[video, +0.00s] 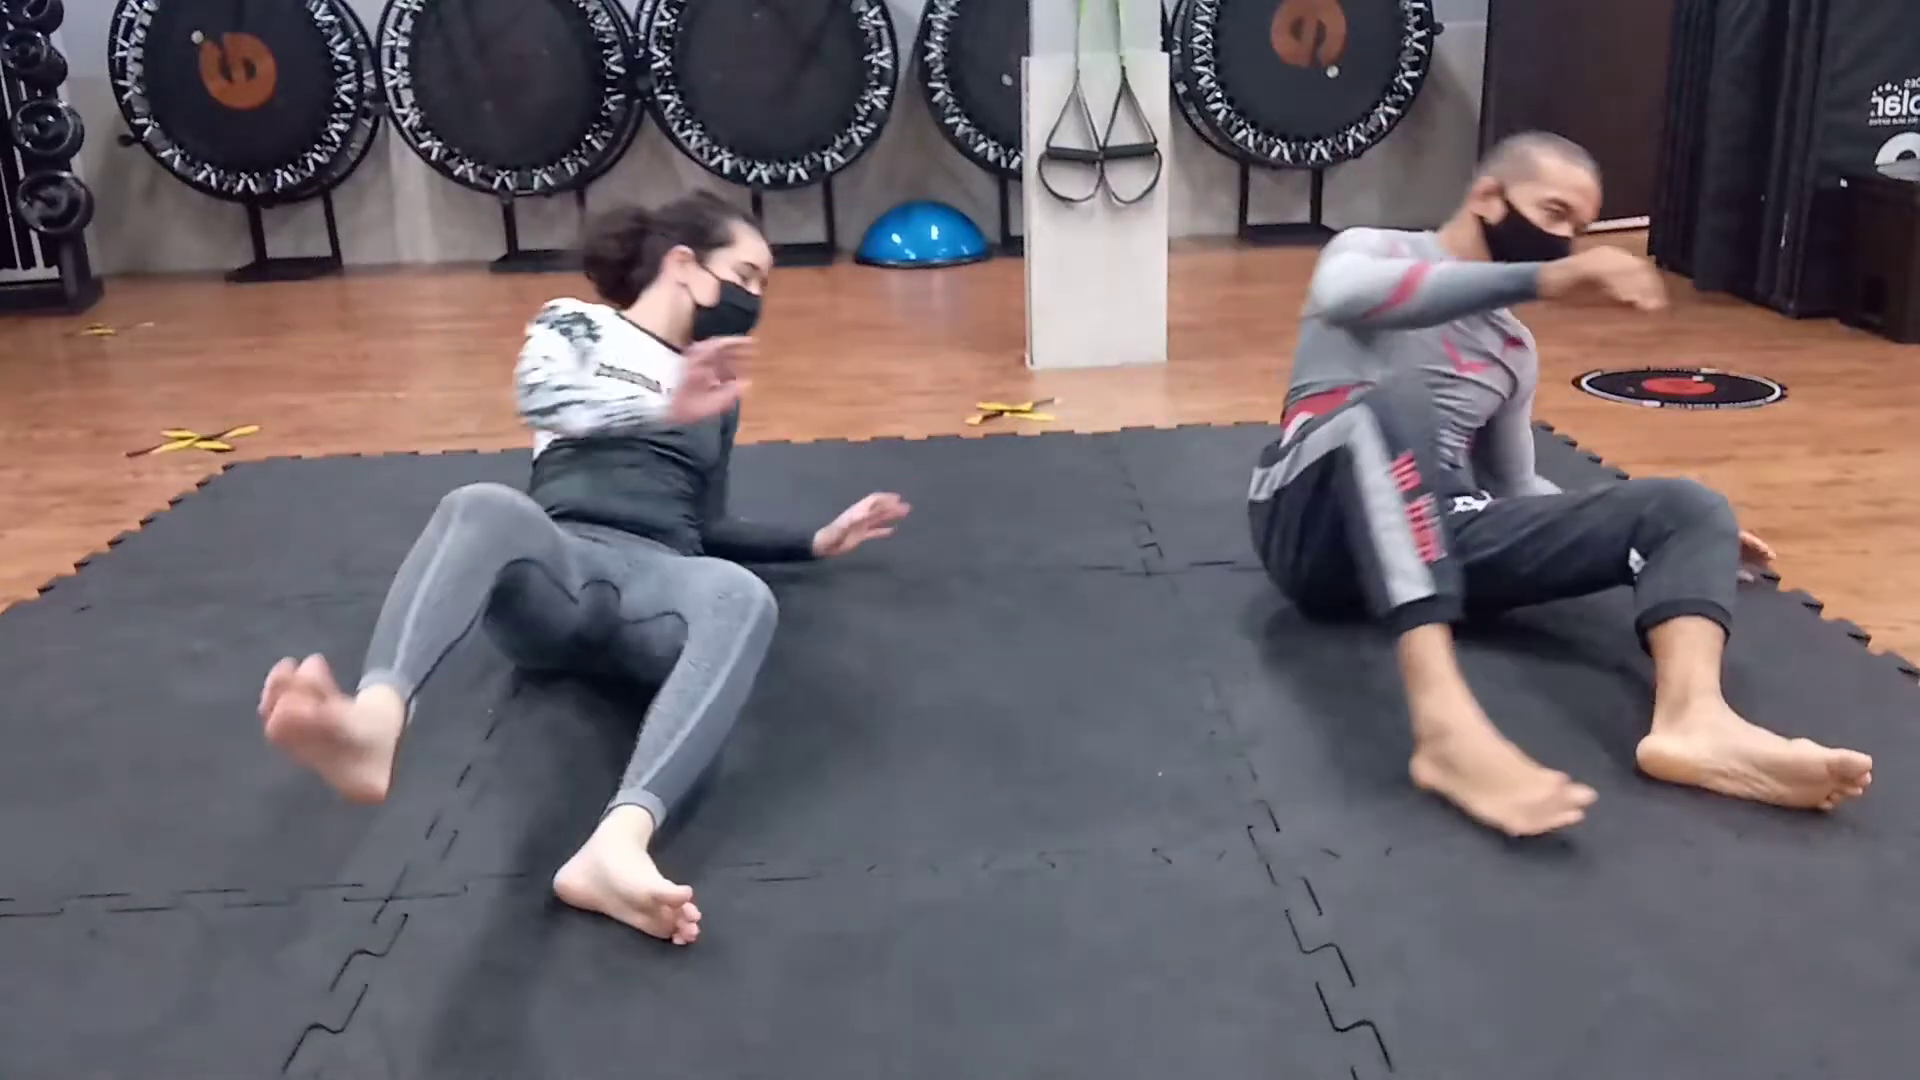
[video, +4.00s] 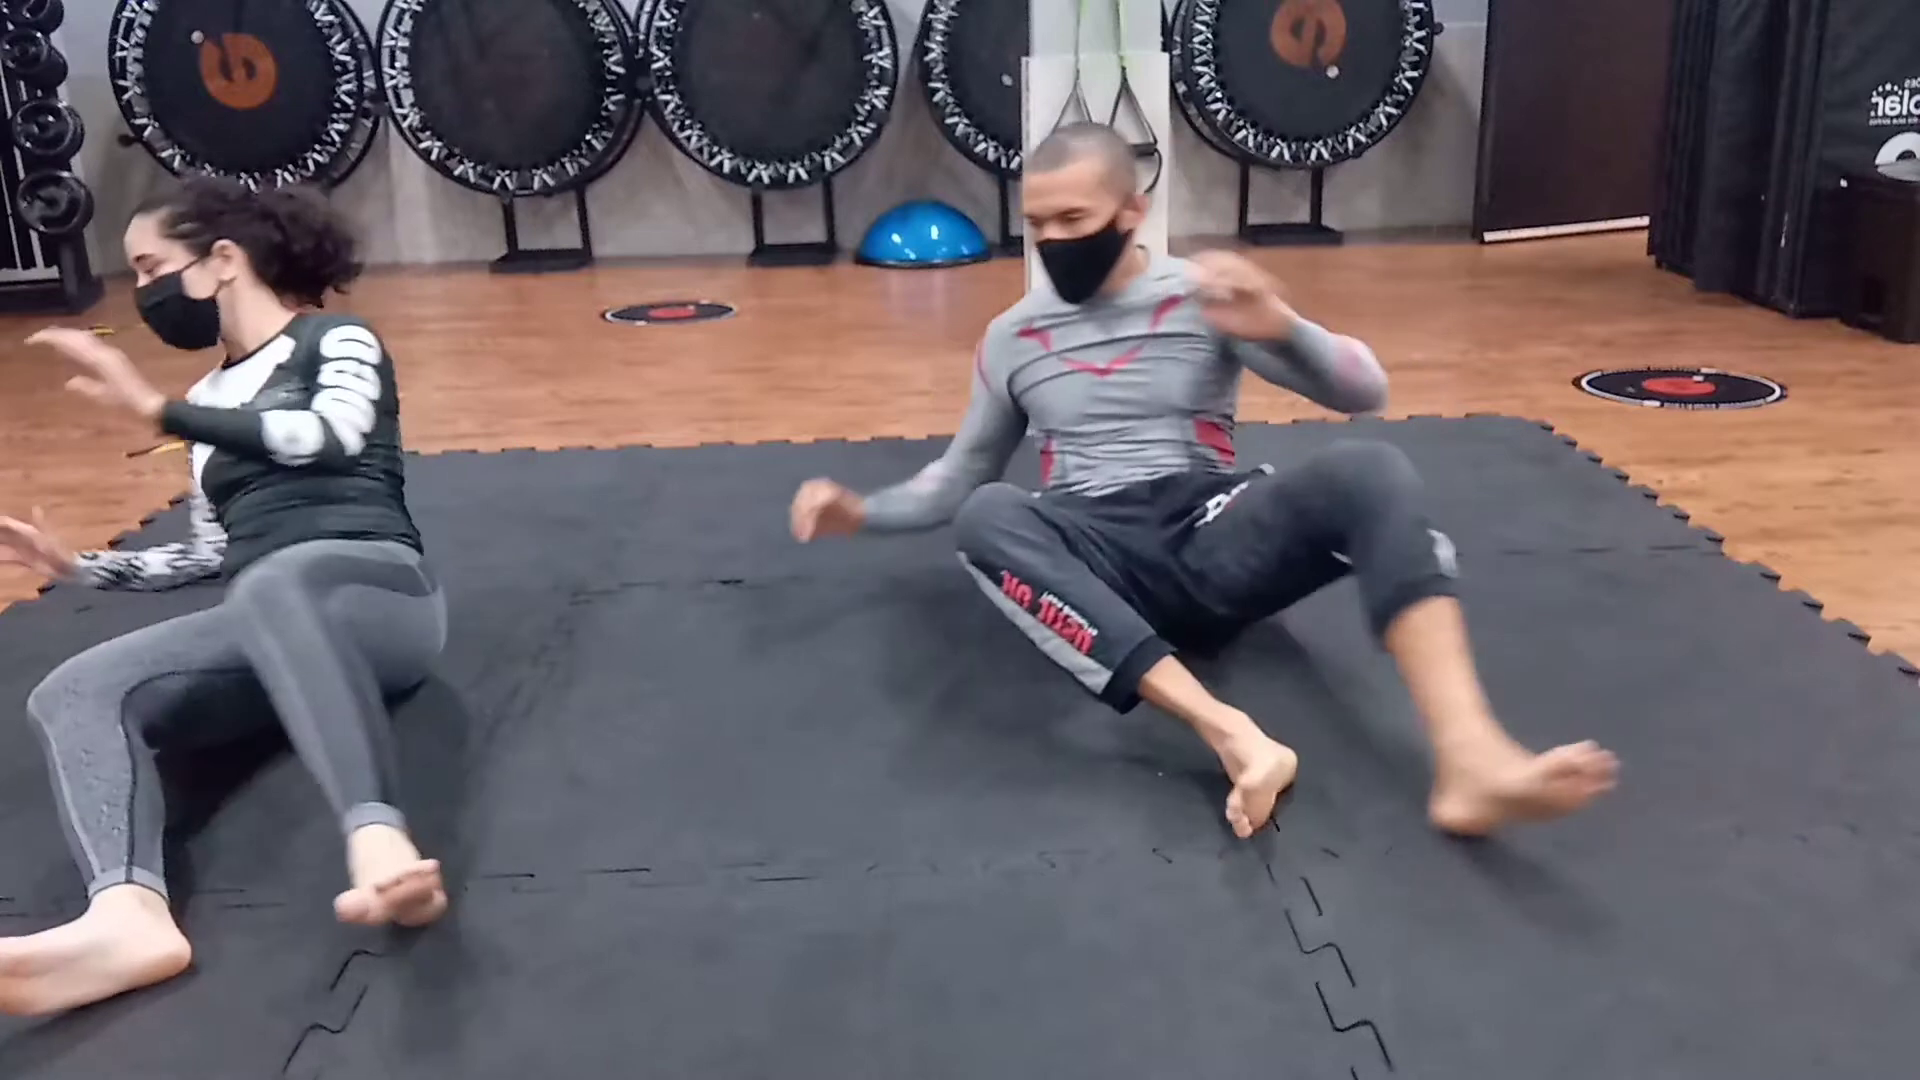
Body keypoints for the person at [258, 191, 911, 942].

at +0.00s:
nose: (754, 300)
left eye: (762, 286)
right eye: (745, 277)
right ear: (682, 263)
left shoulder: (711, 391)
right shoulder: (574, 321)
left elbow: (707, 528)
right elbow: (541, 390)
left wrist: (814, 544)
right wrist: (664, 404)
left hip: (664, 571)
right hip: (562, 547)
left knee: (744, 599)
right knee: (479, 503)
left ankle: (619, 843)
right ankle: (376, 722)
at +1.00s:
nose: (789, 342)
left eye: (796, 331)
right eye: (790, 321)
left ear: (738, 305)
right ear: (743, 294)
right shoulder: (657, 313)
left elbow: (682, 551)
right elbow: (742, 391)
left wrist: (815, 556)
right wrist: (894, 431)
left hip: (647, 606)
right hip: (567, 562)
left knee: (875, 641)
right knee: (738, 431)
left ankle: (764, 810)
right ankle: (587, 697)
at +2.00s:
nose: (783, 430)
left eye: (795, 420)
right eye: (788, 410)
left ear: (750, 377)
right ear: (755, 363)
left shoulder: (663, 424)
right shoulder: (672, 354)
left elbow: (692, 556)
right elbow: (783, 464)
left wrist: (806, 543)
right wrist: (914, 514)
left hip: (465, 622)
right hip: (389, 545)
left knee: (670, 620)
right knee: (554, 480)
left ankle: (689, 796)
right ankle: (452, 779)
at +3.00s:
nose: (500, 287)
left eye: (521, 272)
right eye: (480, 276)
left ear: (564, 284)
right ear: (458, 292)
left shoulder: (587, 412)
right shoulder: (412, 350)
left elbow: (640, 555)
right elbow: (272, 438)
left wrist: (669, 514)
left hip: (489, 581)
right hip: (379, 540)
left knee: (590, 636)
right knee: (258, 552)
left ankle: (657, 819)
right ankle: (145, 848)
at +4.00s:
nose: (144, 299)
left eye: (152, 276)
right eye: (138, 281)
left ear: (224, 262)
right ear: (212, 270)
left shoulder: (340, 337)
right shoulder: (211, 406)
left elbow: (327, 435)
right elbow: (212, 549)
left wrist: (163, 410)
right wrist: (78, 566)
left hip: (381, 581)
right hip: (261, 618)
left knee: (269, 588)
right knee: (73, 691)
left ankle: (378, 841)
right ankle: (130, 908)